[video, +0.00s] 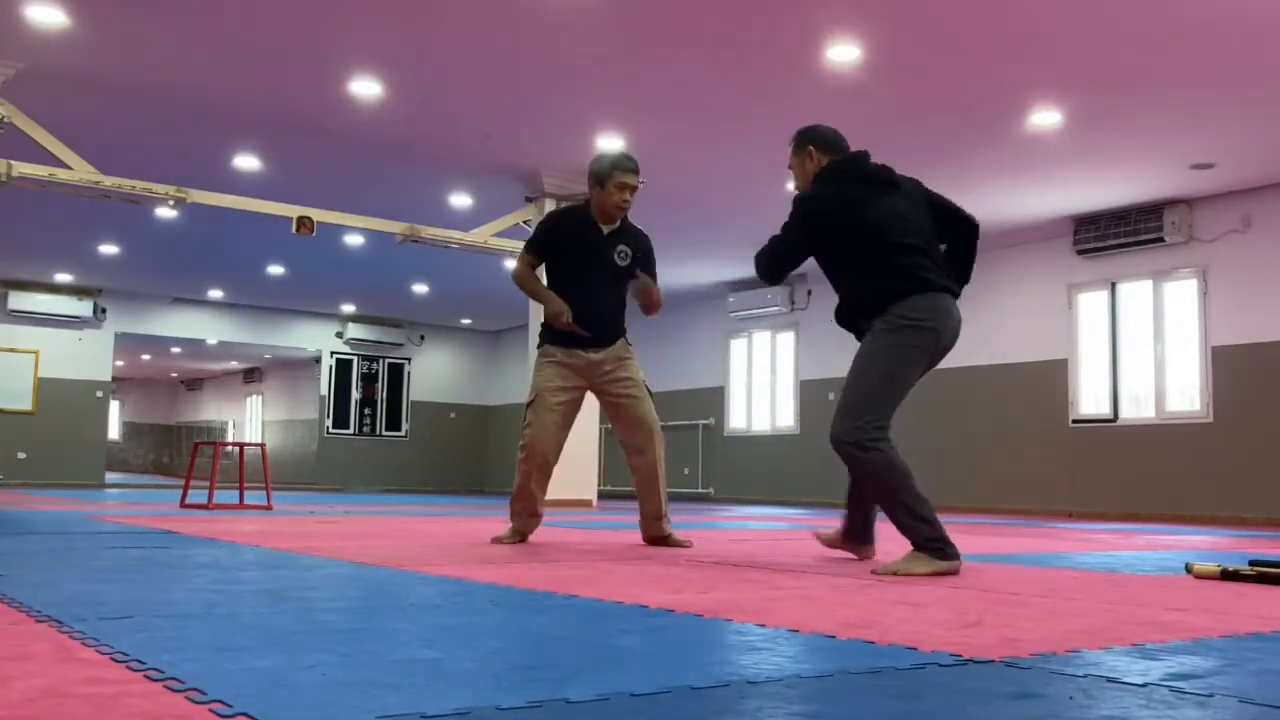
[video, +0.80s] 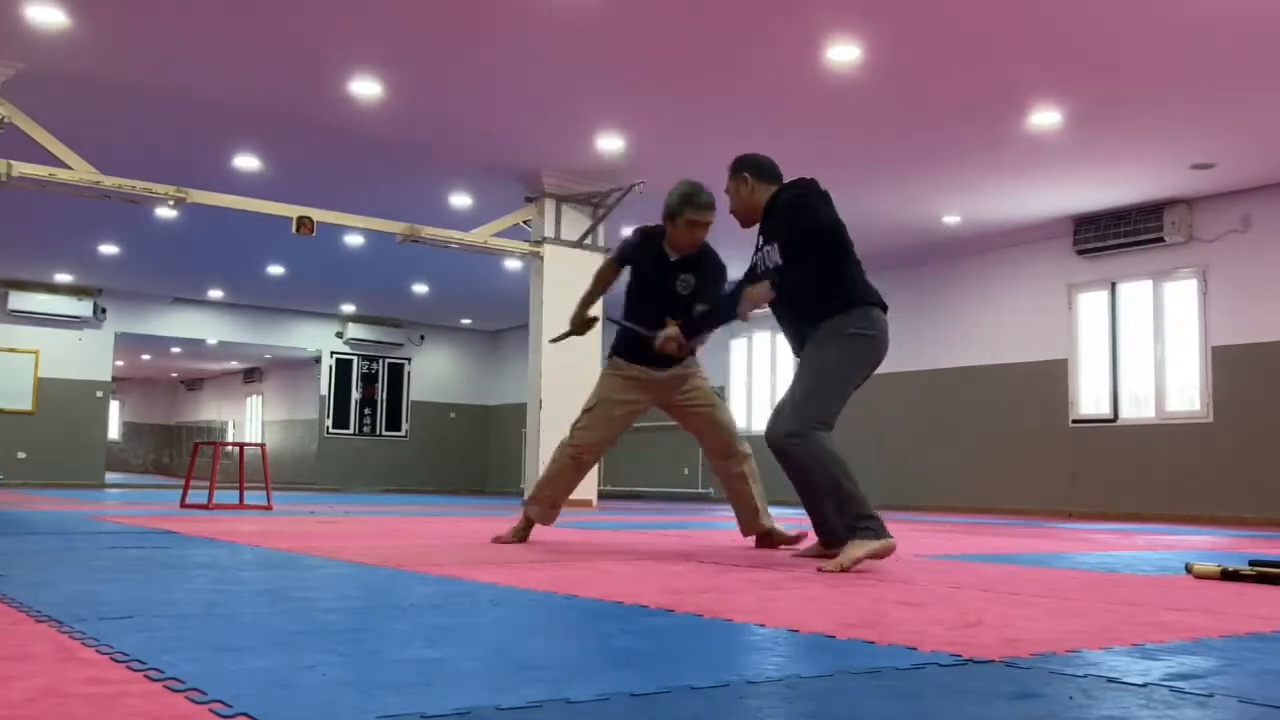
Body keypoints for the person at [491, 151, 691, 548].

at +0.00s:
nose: (628, 198)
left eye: (633, 191)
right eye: (620, 189)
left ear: (636, 193)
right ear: (596, 186)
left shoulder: (637, 241)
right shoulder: (559, 223)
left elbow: (650, 304)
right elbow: (521, 272)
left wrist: (647, 294)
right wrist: (549, 299)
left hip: (614, 355)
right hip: (560, 356)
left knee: (646, 432)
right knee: (538, 441)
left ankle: (655, 528)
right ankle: (521, 526)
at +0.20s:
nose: (642, 208)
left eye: (646, 200)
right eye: (636, 198)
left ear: (642, 199)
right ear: (609, 192)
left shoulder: (628, 242)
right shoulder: (574, 220)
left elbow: (626, 308)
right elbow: (551, 277)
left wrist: (641, 271)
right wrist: (601, 295)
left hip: (609, 356)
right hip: (560, 355)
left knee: (643, 433)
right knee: (540, 442)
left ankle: (655, 526)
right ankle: (515, 525)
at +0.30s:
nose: (637, 214)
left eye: (641, 206)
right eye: (634, 204)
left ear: (624, 202)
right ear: (608, 197)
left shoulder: (614, 241)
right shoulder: (578, 222)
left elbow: (610, 301)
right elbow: (614, 261)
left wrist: (628, 274)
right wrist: (671, 274)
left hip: (601, 357)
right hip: (554, 357)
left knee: (636, 436)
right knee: (538, 447)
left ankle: (652, 527)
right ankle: (515, 527)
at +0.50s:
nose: (632, 224)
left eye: (636, 217)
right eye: (629, 215)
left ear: (622, 212)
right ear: (603, 206)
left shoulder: (615, 250)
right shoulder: (567, 230)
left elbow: (607, 307)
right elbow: (586, 266)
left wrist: (641, 299)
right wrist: (632, 290)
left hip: (596, 359)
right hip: (549, 360)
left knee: (635, 430)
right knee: (537, 447)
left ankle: (649, 524)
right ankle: (513, 527)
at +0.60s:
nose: (636, 228)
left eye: (640, 220)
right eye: (632, 219)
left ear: (636, 217)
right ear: (606, 212)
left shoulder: (634, 255)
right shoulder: (567, 232)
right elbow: (519, 266)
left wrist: (707, 298)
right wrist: (536, 306)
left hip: (612, 364)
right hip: (561, 364)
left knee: (659, 428)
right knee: (539, 447)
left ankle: (672, 518)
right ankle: (513, 528)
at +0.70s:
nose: (658, 235)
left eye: (663, 226)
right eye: (652, 226)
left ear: (665, 224)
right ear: (627, 220)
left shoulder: (660, 264)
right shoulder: (586, 239)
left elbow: (667, 328)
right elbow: (536, 264)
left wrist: (719, 332)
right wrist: (513, 314)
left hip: (640, 370)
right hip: (586, 371)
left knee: (692, 436)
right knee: (557, 447)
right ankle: (515, 527)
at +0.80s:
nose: (701, 235)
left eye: (706, 227)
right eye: (694, 226)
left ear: (710, 225)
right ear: (670, 221)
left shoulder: (711, 266)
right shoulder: (641, 243)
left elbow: (707, 325)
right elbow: (610, 270)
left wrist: (682, 340)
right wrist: (584, 308)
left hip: (682, 375)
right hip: (626, 373)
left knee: (729, 441)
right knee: (581, 444)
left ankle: (763, 529)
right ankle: (525, 522)